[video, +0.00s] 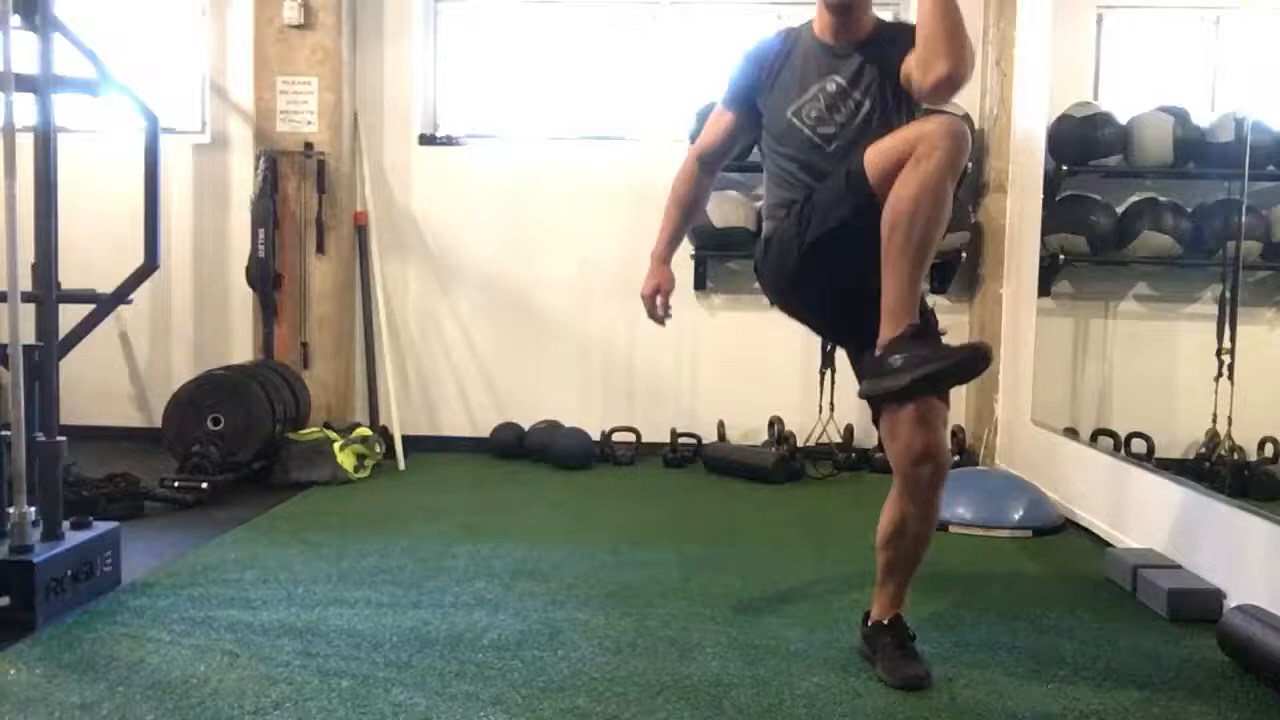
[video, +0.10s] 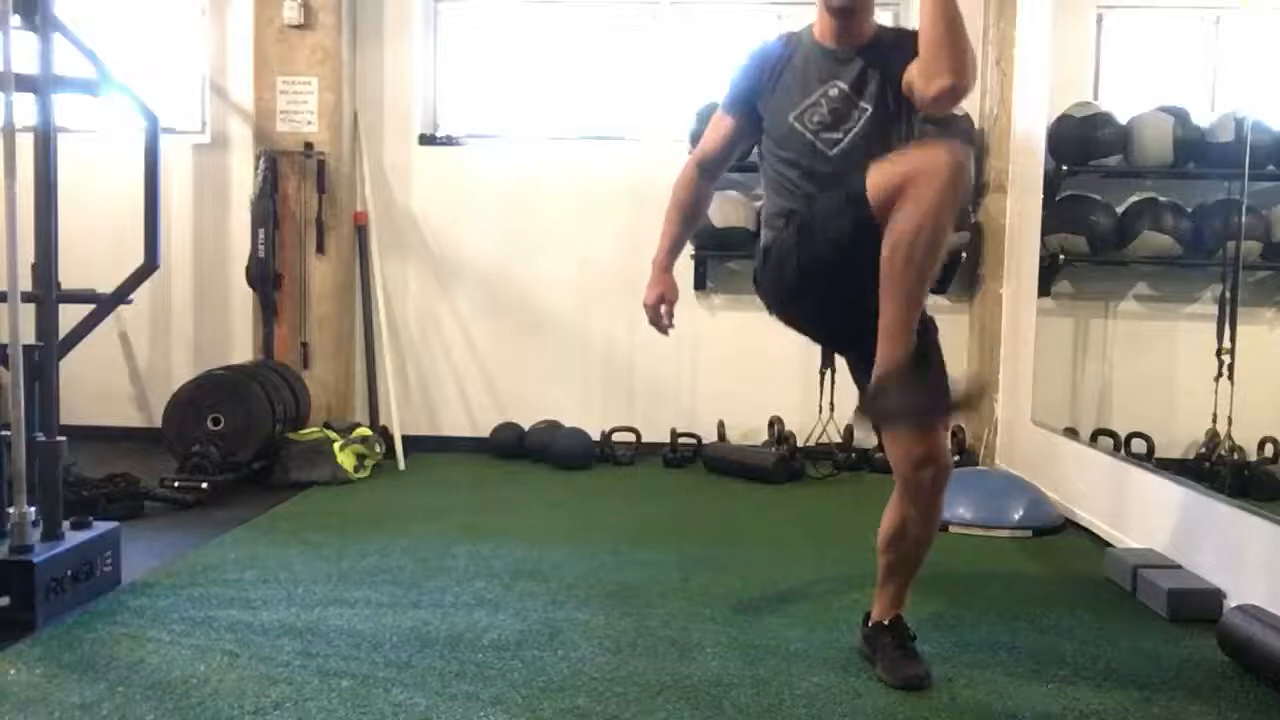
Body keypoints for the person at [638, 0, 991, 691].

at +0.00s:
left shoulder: (903, 45)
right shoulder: (774, 55)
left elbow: (944, 71)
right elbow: (702, 158)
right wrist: (661, 256)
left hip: (884, 279)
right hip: (799, 264)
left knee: (925, 459)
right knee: (944, 134)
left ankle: (885, 621)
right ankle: (896, 340)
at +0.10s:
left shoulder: (905, 51)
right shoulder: (774, 61)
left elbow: (947, 83)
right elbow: (703, 165)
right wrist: (663, 265)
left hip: (885, 284)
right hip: (797, 270)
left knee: (926, 471)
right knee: (941, 160)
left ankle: (886, 622)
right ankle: (891, 372)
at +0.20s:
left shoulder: (895, 46)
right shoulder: (766, 58)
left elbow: (954, 77)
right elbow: (699, 164)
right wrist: (666, 262)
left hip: (878, 266)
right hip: (791, 263)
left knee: (920, 457)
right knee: (927, 260)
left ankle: (886, 620)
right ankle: (853, 469)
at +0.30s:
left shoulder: (889, 40)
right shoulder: (756, 55)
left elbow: (951, 70)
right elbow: (695, 159)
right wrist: (668, 248)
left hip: (876, 262)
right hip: (791, 253)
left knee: (917, 456)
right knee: (897, 340)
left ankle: (886, 620)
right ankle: (804, 532)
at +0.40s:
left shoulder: (866, 32)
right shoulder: (738, 46)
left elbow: (933, 62)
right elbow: (665, 155)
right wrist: (668, 209)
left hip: (860, 273)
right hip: (772, 270)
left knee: (902, 452)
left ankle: (886, 625)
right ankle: (713, 600)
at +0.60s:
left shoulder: (826, 30)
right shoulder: (693, 33)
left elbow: (875, 79)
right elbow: (612, 154)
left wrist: (848, 3)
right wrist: (642, 115)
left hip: (791, 273)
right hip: (702, 268)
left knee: (822, 450)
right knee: (696, 449)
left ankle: (778, 621)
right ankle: (681, 621)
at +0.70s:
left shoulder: (806, 51)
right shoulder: (664, 48)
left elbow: (844, 117)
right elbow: (586, 156)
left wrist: (793, 50)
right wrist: (619, 106)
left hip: (761, 289)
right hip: (671, 282)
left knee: (794, 463)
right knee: (634, 448)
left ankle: (771, 626)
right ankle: (593, 606)